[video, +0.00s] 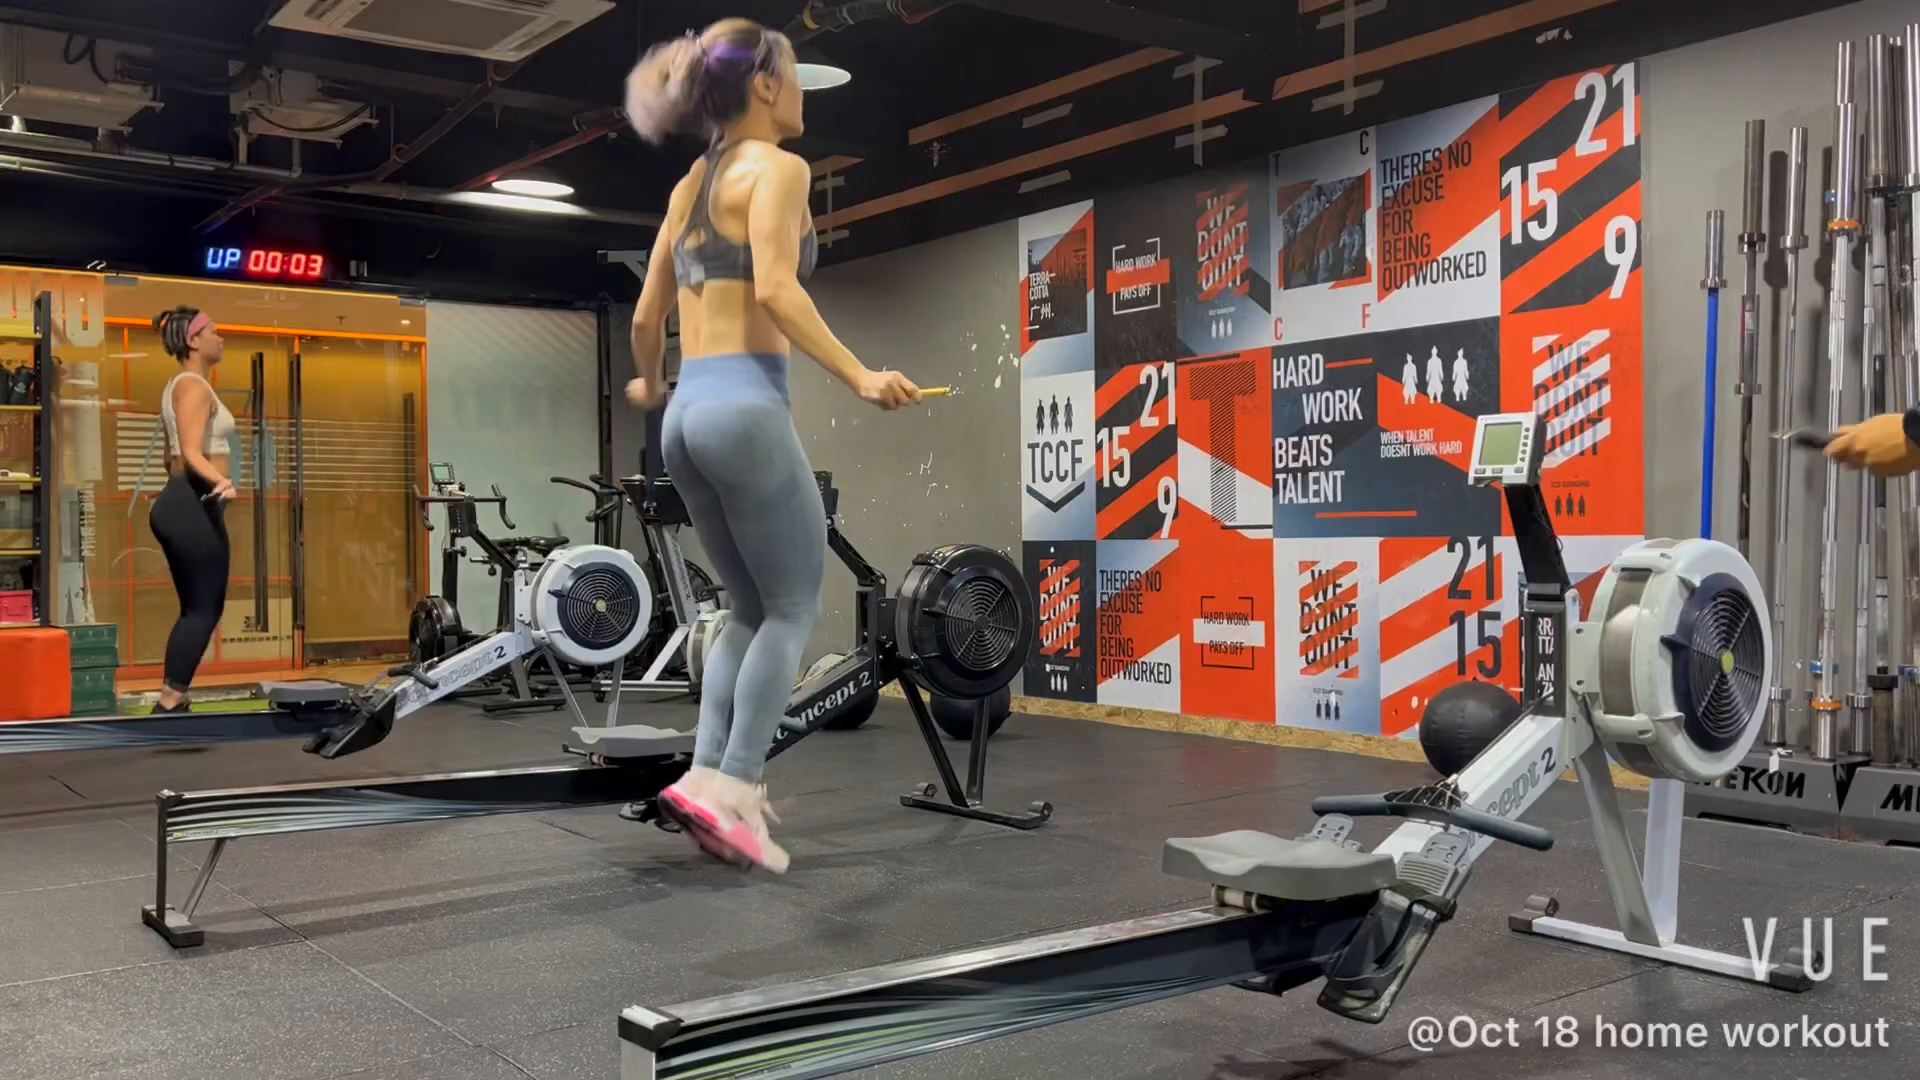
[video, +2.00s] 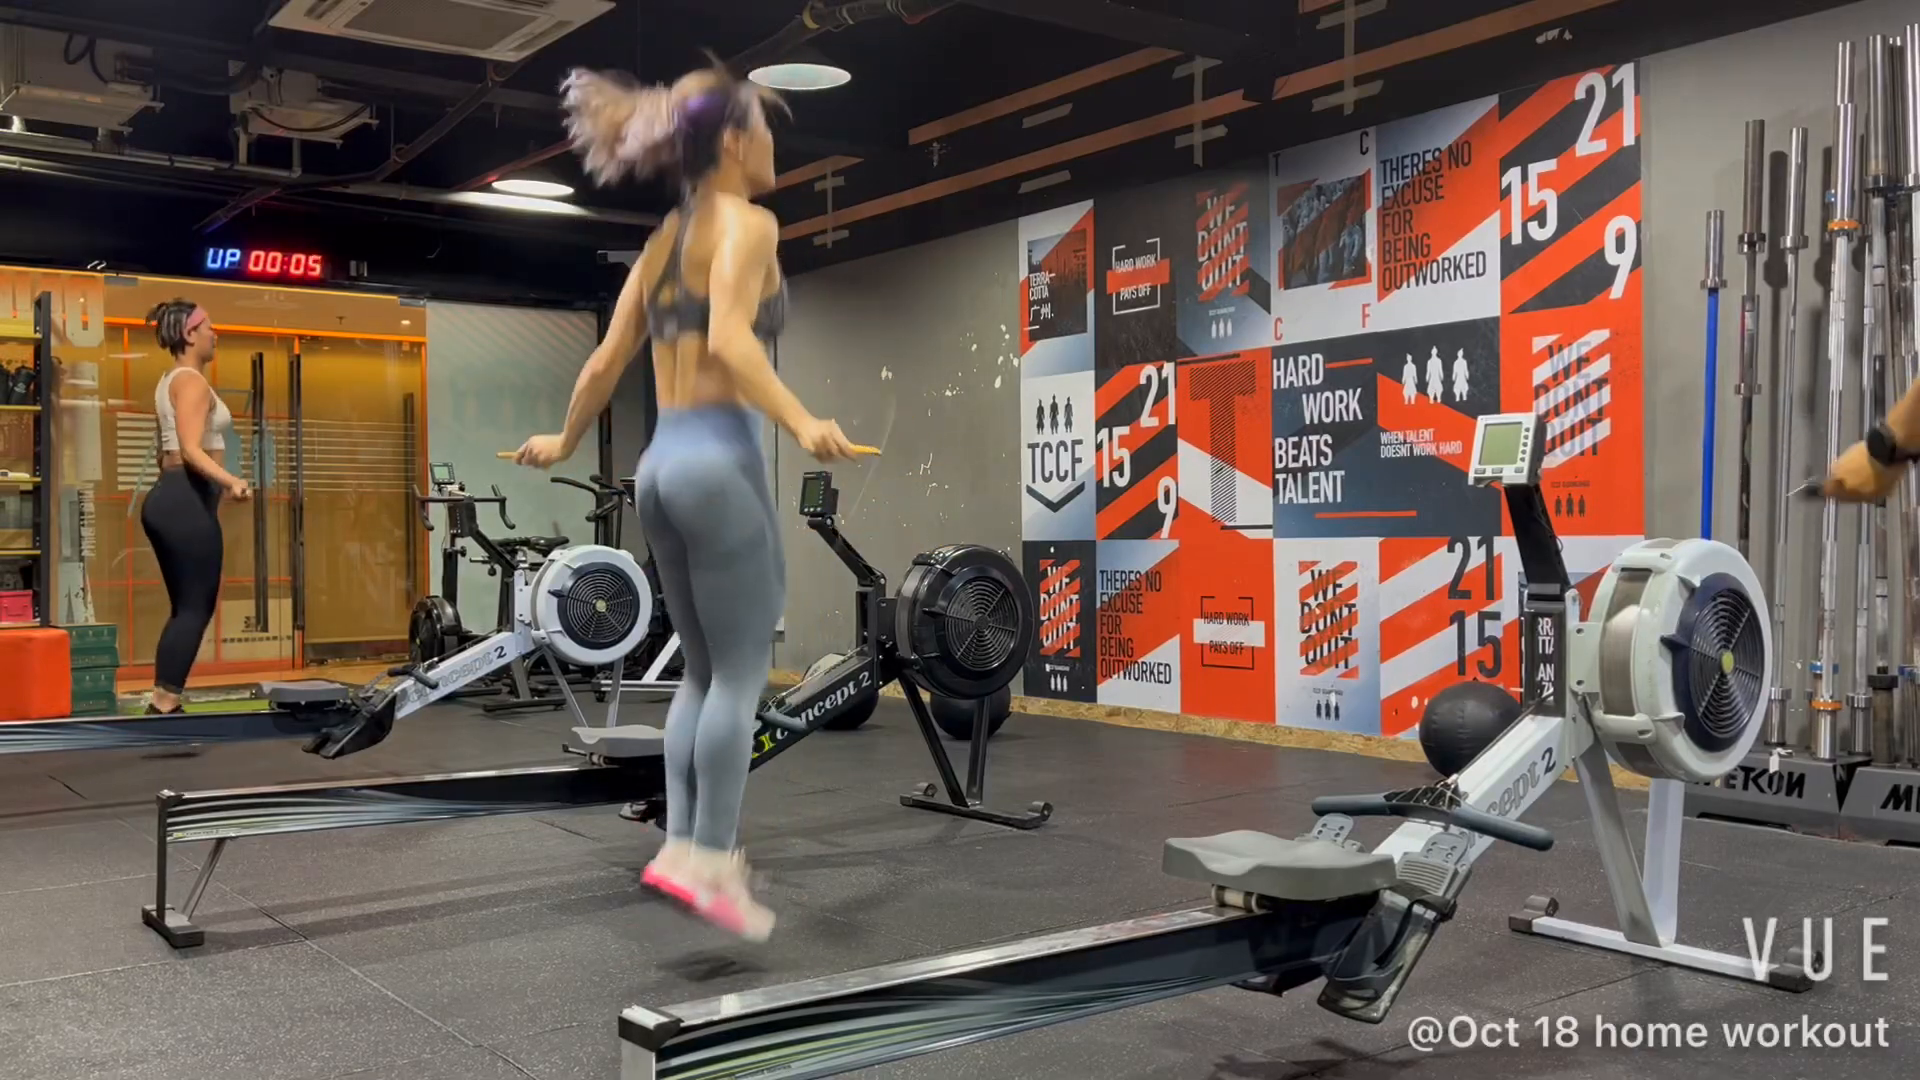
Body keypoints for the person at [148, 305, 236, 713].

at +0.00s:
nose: (221, 336)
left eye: (217, 329)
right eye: (213, 331)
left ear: (191, 343)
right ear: (194, 342)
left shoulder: (179, 385)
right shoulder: (193, 385)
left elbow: (174, 460)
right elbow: (190, 453)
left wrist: (207, 484)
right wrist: (220, 481)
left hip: (179, 501)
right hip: (190, 503)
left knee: (196, 608)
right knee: (205, 607)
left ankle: (173, 697)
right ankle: (172, 698)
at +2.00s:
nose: (215, 331)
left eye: (211, 324)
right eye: (207, 325)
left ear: (183, 337)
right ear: (190, 335)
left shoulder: (172, 380)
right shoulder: (191, 381)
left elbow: (178, 454)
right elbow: (189, 450)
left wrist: (225, 482)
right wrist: (229, 480)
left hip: (169, 495)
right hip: (184, 497)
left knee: (187, 606)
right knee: (197, 606)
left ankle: (164, 699)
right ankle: (166, 702)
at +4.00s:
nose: (234, 356)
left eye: (230, 348)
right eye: (228, 350)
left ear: (204, 359)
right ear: (211, 357)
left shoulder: (190, 404)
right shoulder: (211, 405)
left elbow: (208, 472)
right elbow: (220, 471)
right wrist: (266, 490)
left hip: (192, 523)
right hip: (210, 525)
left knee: (216, 628)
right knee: (231, 627)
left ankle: (189, 713)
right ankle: (193, 716)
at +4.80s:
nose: (232, 359)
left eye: (229, 350)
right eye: (226, 350)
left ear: (202, 354)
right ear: (210, 354)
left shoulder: (188, 403)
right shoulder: (210, 405)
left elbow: (200, 478)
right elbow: (219, 476)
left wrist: (243, 505)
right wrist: (262, 513)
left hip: (190, 527)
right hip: (210, 528)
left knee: (208, 632)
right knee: (220, 633)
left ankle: (179, 719)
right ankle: (182, 721)